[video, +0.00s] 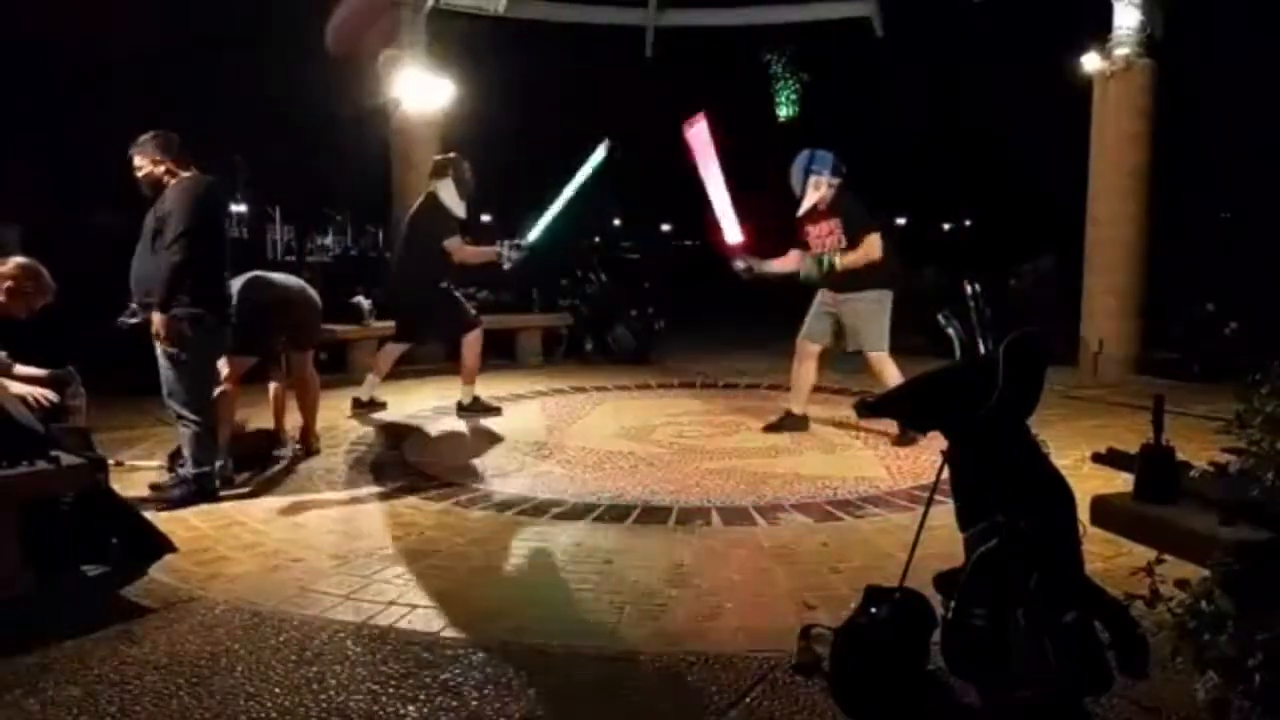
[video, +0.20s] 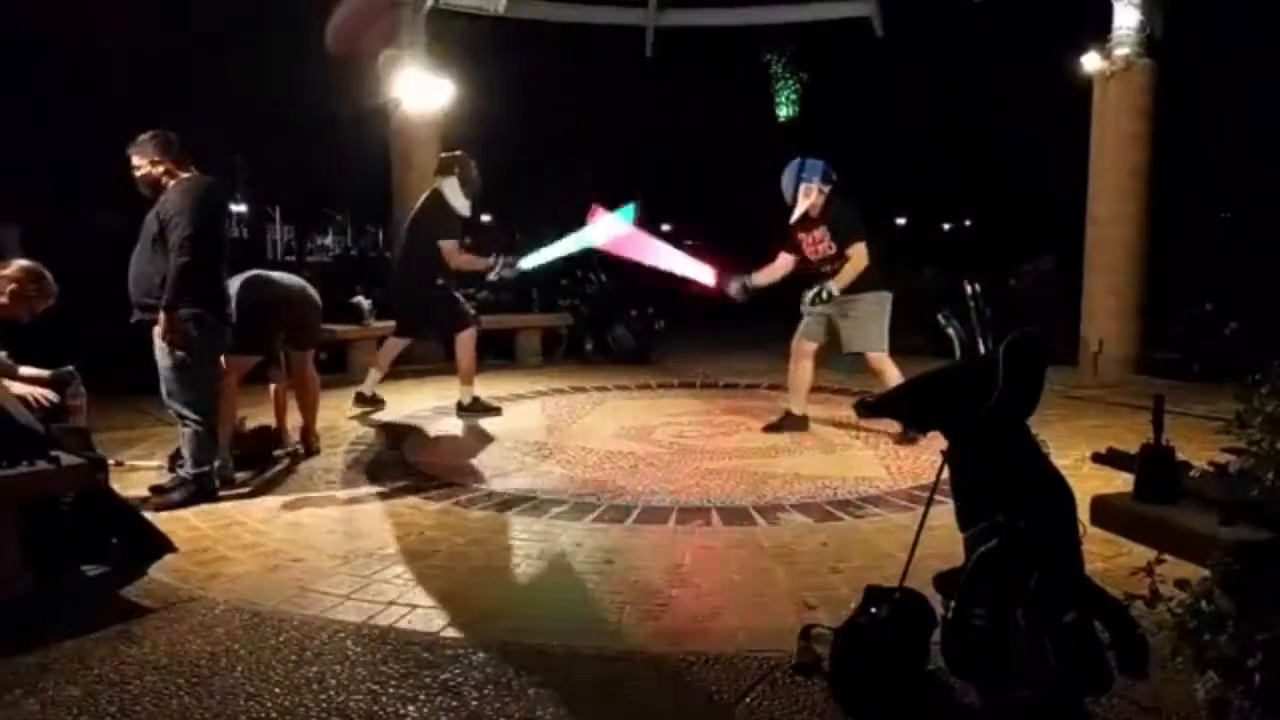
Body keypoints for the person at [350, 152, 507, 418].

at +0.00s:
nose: (470, 182)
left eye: (469, 176)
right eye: (465, 176)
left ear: (438, 177)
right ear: (453, 178)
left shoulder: (430, 203)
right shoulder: (439, 206)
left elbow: (457, 252)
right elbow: (459, 253)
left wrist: (496, 252)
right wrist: (499, 253)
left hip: (409, 284)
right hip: (428, 285)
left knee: (403, 337)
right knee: (472, 329)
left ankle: (365, 394)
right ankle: (468, 399)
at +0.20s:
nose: (476, 181)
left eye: (475, 174)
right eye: (472, 175)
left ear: (444, 174)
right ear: (459, 176)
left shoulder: (434, 200)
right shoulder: (443, 206)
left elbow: (452, 253)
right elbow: (454, 259)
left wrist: (483, 261)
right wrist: (487, 263)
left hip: (409, 280)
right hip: (425, 283)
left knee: (404, 331)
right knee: (466, 326)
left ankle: (366, 390)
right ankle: (467, 398)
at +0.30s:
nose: (470, 181)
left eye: (469, 174)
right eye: (466, 174)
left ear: (440, 175)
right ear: (454, 176)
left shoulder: (431, 201)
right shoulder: (436, 206)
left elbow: (437, 254)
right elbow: (435, 261)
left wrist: (453, 270)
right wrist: (460, 275)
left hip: (409, 283)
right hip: (424, 285)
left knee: (400, 331)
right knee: (465, 327)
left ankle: (360, 388)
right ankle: (467, 398)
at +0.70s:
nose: (432, 180)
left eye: (432, 173)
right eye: (429, 173)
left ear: (410, 172)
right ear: (416, 173)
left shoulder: (401, 199)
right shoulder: (395, 201)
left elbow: (397, 248)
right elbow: (394, 250)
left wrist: (417, 270)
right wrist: (417, 272)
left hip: (383, 277)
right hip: (389, 278)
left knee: (374, 335)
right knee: (423, 329)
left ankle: (347, 393)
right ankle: (435, 395)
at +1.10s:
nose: (434, 177)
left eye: (433, 170)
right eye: (430, 170)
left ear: (405, 172)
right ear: (417, 171)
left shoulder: (397, 198)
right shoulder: (398, 200)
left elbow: (416, 247)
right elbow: (417, 249)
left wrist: (450, 251)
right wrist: (453, 252)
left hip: (382, 282)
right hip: (394, 283)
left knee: (378, 337)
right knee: (434, 328)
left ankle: (348, 395)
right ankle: (446, 393)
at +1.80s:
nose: (412, 188)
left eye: (412, 182)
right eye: (410, 181)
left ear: (387, 177)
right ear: (399, 178)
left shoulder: (376, 202)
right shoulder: (378, 205)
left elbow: (392, 248)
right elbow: (395, 250)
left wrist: (427, 252)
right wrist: (428, 249)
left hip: (365, 281)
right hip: (376, 283)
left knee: (358, 340)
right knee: (412, 332)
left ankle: (325, 392)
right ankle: (440, 391)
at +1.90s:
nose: (393, 185)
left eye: (390, 179)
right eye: (387, 178)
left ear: (371, 177)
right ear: (376, 177)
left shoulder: (370, 199)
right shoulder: (366, 199)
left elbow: (385, 241)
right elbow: (384, 245)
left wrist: (417, 245)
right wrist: (419, 246)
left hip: (353, 276)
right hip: (363, 278)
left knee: (351, 335)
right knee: (396, 327)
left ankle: (324, 390)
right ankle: (405, 384)